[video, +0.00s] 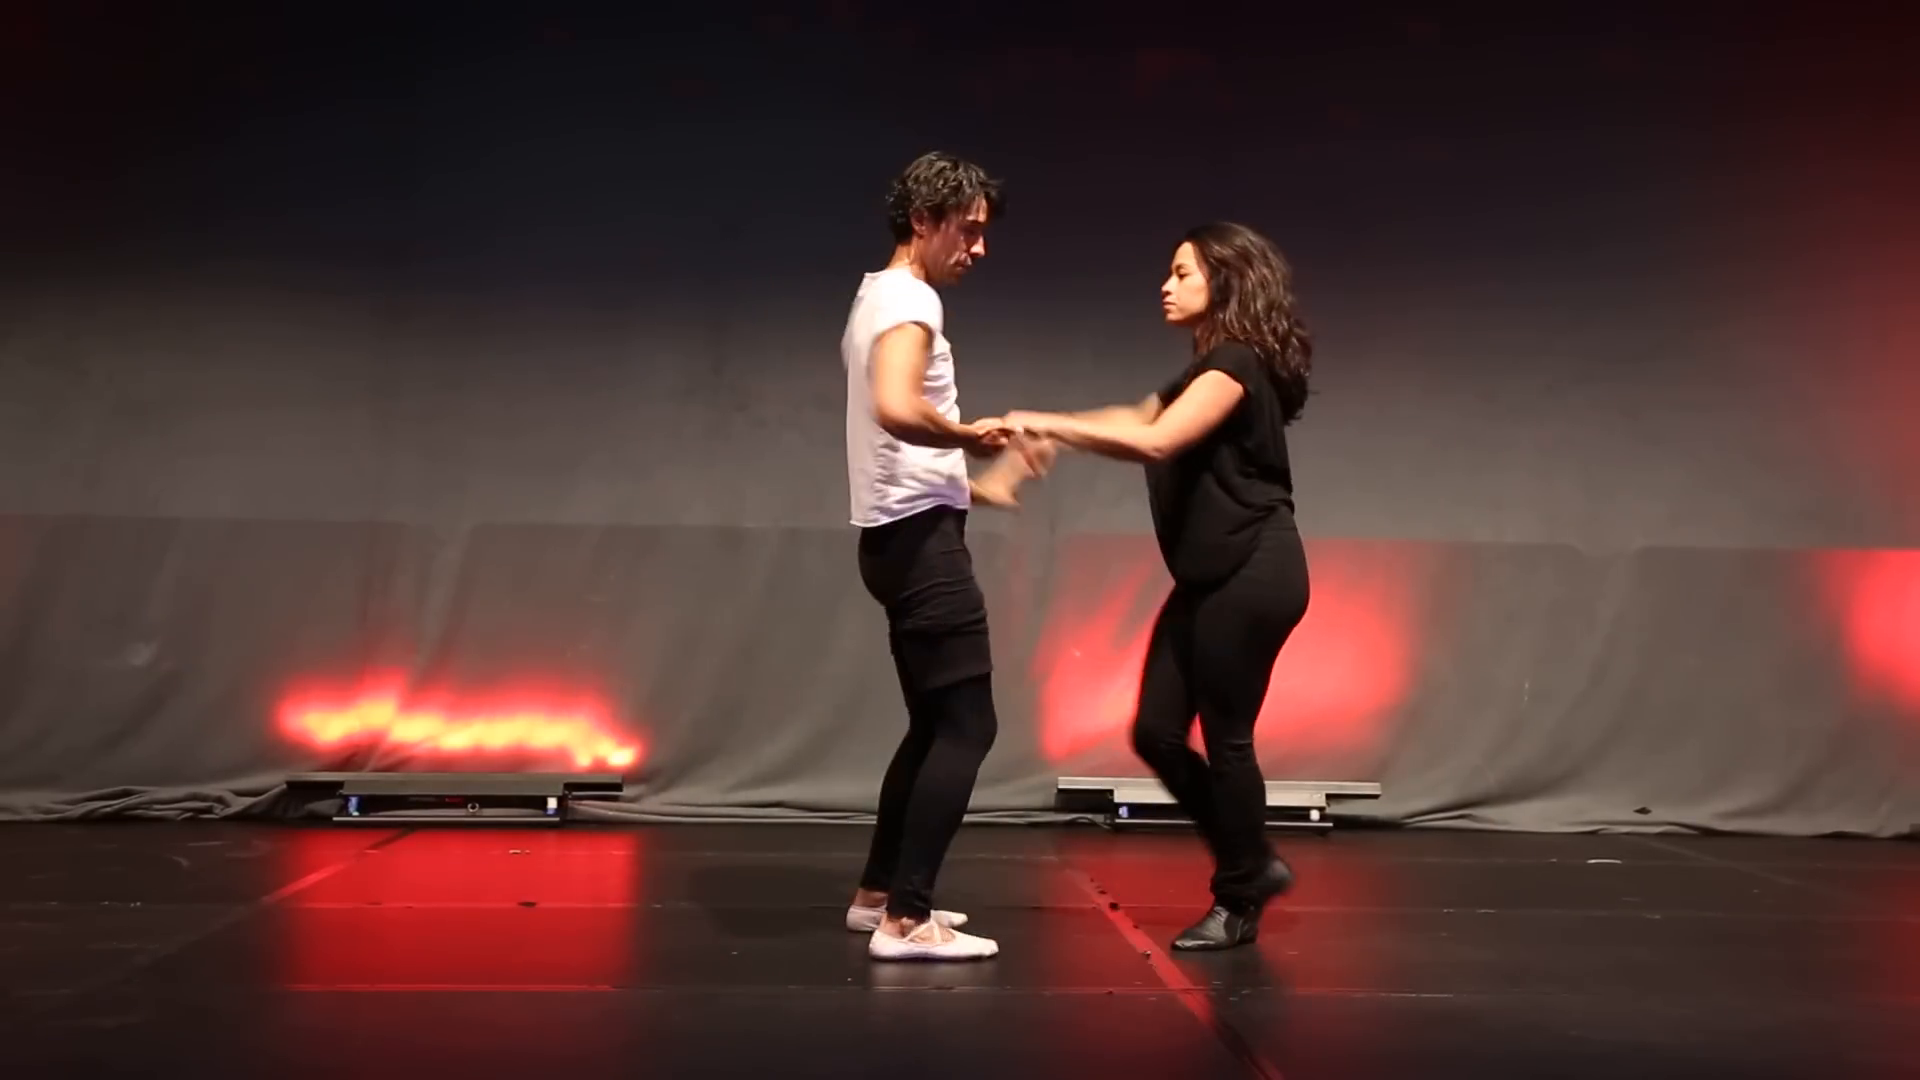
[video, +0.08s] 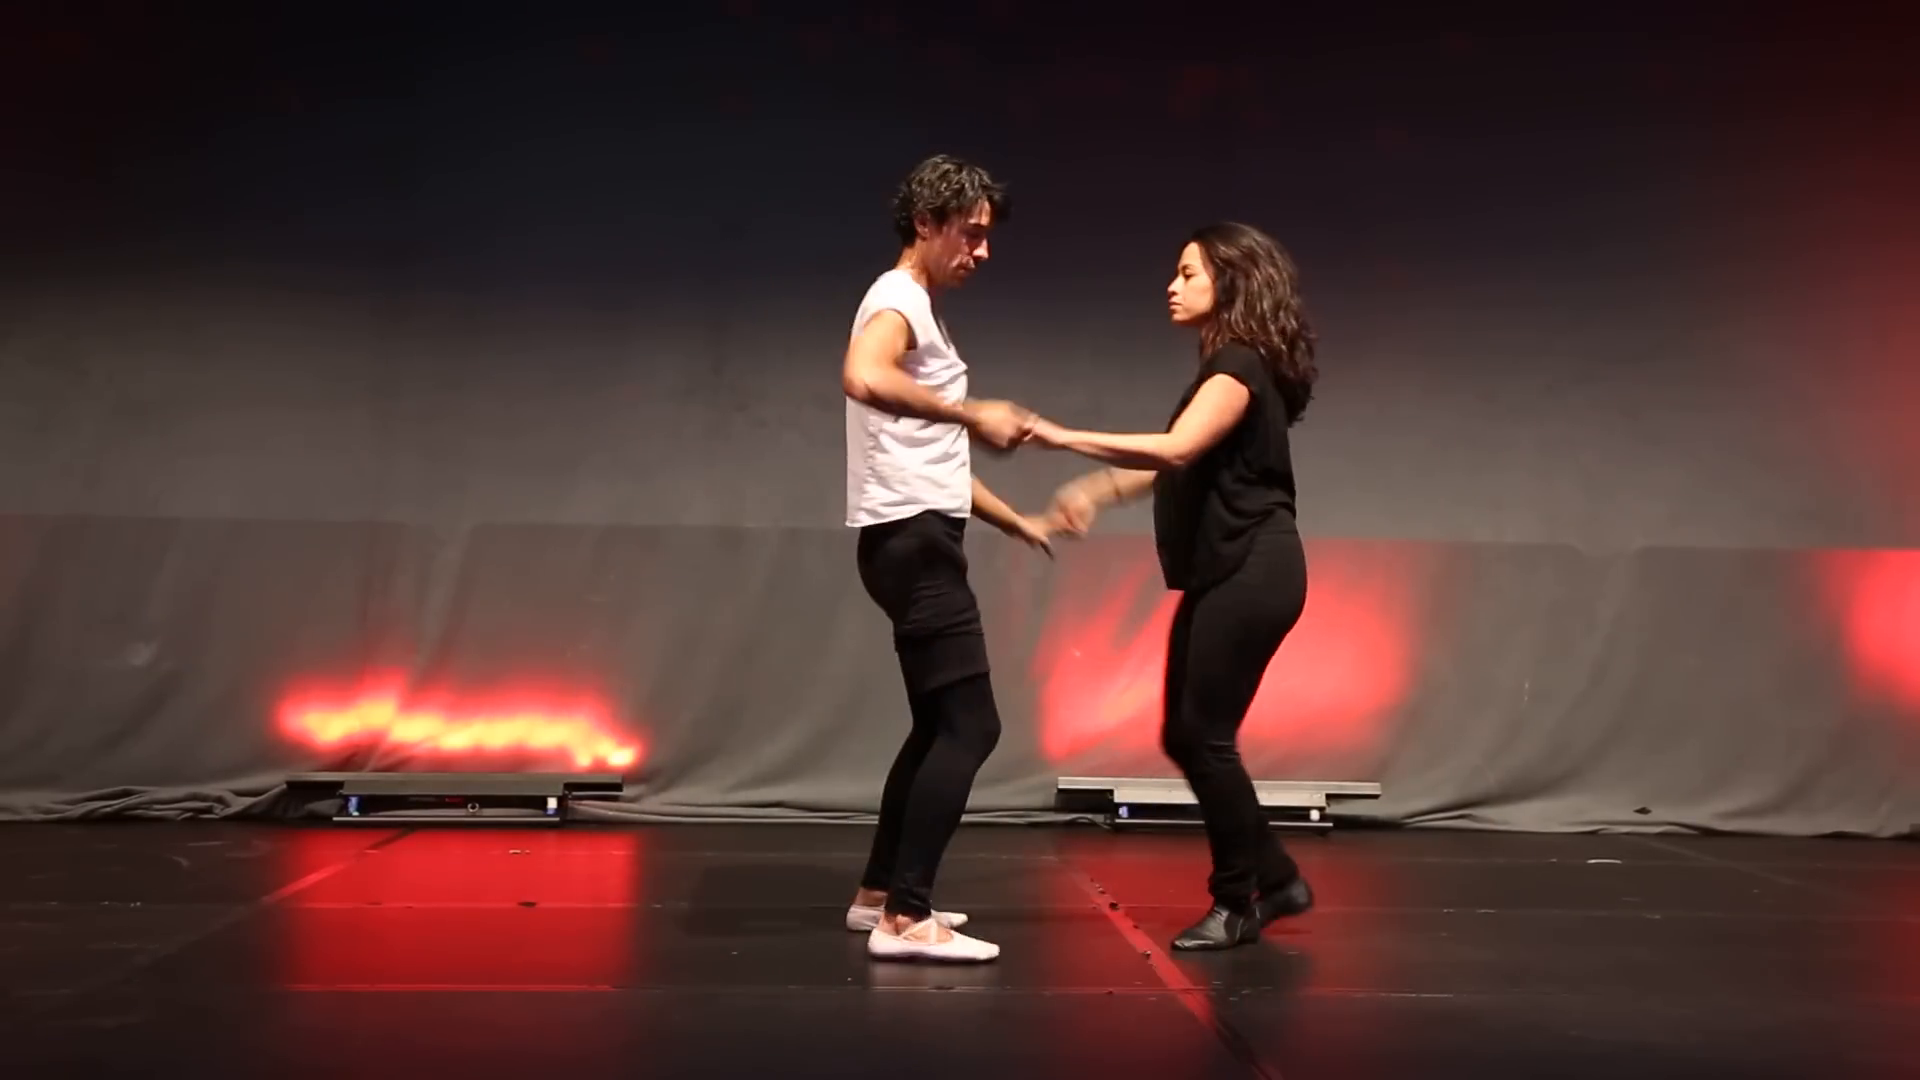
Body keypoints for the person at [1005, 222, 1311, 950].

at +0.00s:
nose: (1168, 286)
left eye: (1183, 274)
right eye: (1171, 273)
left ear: (1228, 283)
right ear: (1206, 288)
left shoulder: (1237, 363)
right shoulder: (1200, 369)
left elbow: (1159, 441)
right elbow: (1129, 423)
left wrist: (1051, 427)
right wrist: (1041, 429)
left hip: (1253, 576)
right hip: (1208, 578)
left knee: (1227, 739)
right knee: (1157, 734)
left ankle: (1238, 904)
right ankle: (1254, 863)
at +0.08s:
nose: (1173, 286)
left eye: (1188, 274)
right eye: (1176, 273)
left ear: (1233, 285)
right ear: (1221, 289)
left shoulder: (1240, 365)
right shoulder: (1217, 369)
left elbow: (1175, 447)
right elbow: (1169, 463)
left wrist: (1063, 436)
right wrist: (1095, 488)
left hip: (1252, 575)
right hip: (1220, 576)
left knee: (1203, 735)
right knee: (1186, 734)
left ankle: (1237, 905)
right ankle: (1275, 876)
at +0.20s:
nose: (1178, 290)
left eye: (1194, 277)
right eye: (1183, 276)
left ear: (1238, 288)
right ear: (1227, 290)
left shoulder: (1245, 359)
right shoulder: (1230, 368)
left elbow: (1204, 400)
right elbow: (1206, 484)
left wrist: (1100, 351)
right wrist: (1144, 541)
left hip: (1258, 568)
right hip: (1250, 568)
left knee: (1188, 729)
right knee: (1231, 740)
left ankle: (1237, 901)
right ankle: (1291, 900)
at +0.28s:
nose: (1183, 292)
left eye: (1198, 278)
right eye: (1184, 279)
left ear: (1244, 288)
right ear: (1229, 289)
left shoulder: (1257, 361)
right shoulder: (1230, 372)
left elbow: (1183, 332)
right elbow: (1231, 492)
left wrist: (1107, 261)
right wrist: (1164, 554)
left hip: (1264, 572)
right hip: (1251, 574)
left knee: (1183, 727)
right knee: (1253, 742)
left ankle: (1242, 896)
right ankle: (1294, 901)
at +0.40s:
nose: (1194, 293)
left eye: (1206, 282)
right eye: (1194, 281)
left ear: (1248, 289)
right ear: (1243, 297)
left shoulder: (1259, 356)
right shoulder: (1234, 373)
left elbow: (1183, 286)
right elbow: (1228, 496)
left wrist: (1102, 199)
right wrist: (1175, 565)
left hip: (1268, 572)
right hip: (1251, 573)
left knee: (1191, 734)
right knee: (1273, 745)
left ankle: (1257, 903)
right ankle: (1297, 901)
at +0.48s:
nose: (1190, 286)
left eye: (1204, 275)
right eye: (1192, 274)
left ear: (1246, 285)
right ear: (1240, 294)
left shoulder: (1261, 349)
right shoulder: (1231, 372)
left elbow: (1168, 275)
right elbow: (1235, 504)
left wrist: (1087, 191)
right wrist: (1182, 566)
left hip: (1272, 576)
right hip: (1235, 580)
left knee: (1197, 735)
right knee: (1260, 745)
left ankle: (1258, 906)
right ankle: (1295, 902)